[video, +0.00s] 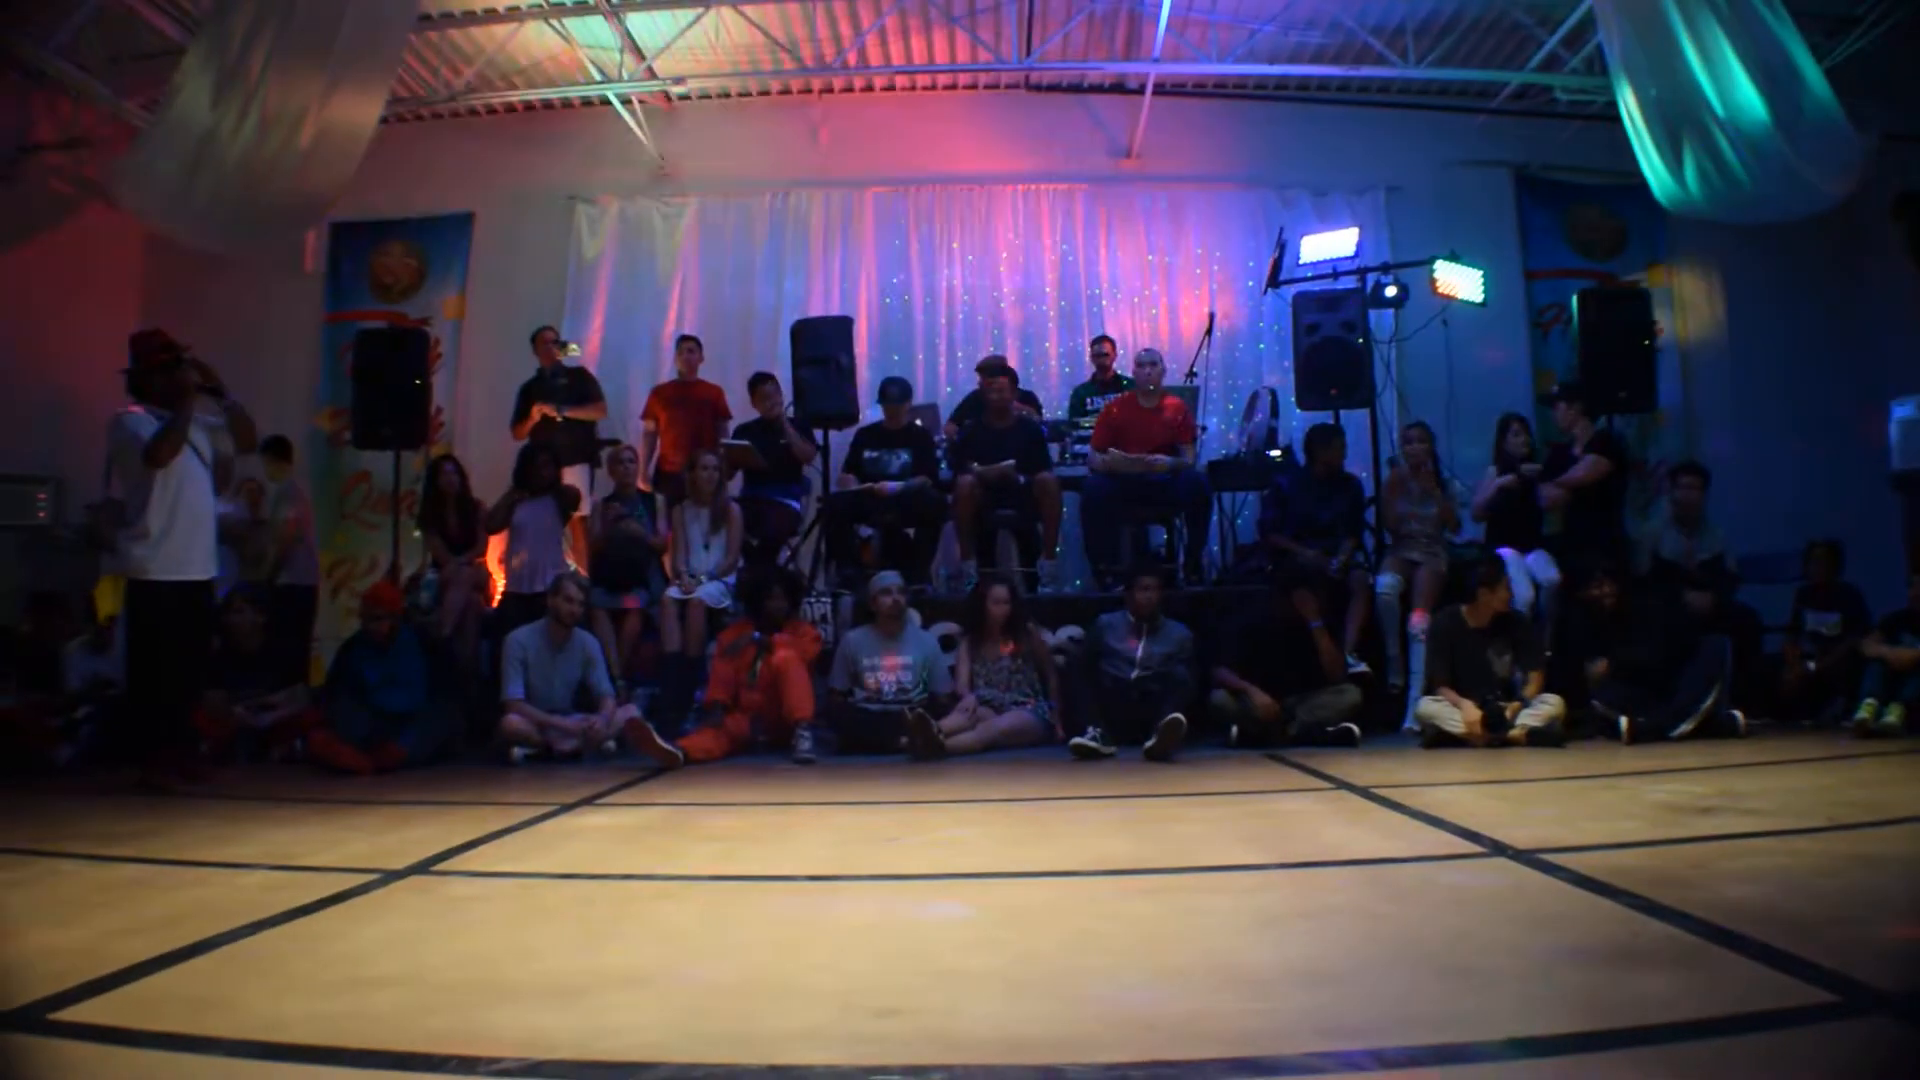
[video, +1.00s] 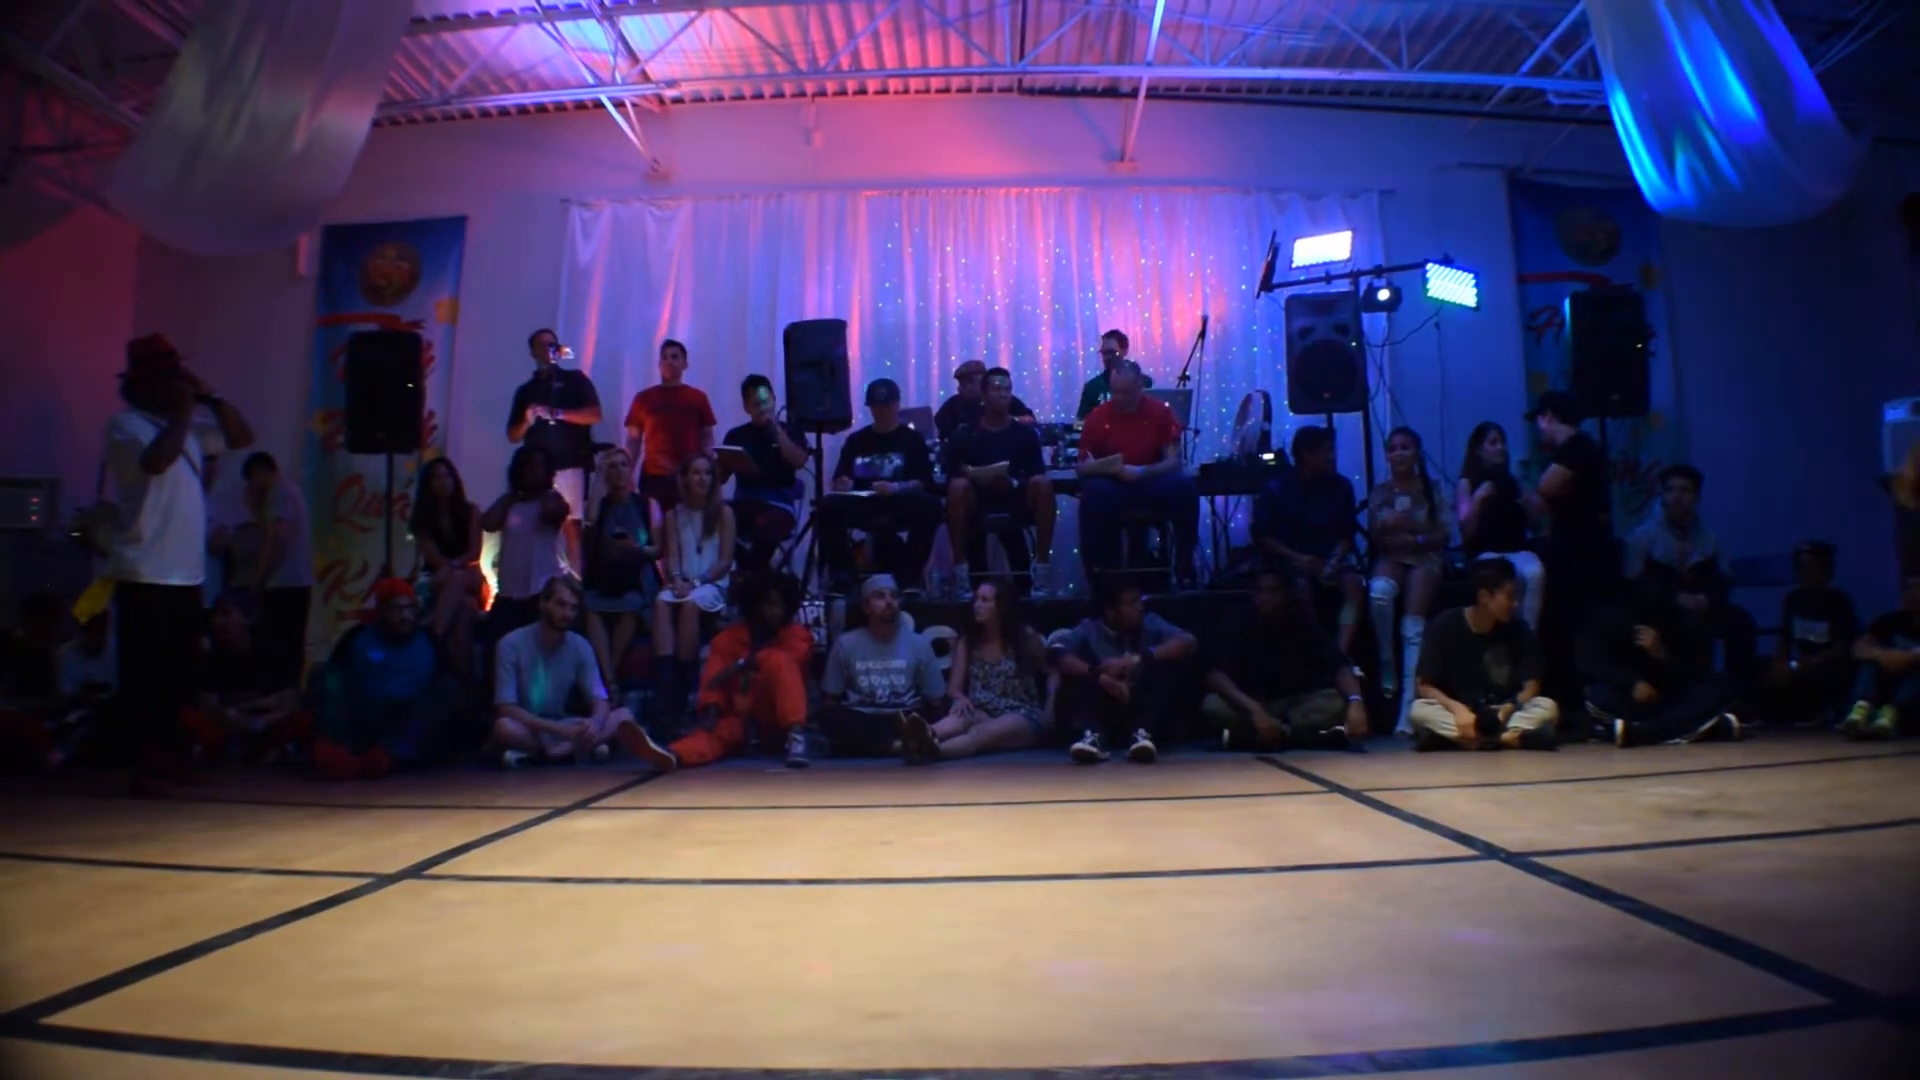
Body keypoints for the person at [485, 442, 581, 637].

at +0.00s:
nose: (544, 472)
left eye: (548, 466)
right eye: (538, 466)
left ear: (556, 469)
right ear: (525, 468)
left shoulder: (559, 499)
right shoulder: (516, 501)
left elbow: (573, 497)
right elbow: (491, 526)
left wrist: (552, 484)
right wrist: (512, 495)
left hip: (551, 587)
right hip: (518, 588)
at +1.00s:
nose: (534, 472)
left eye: (540, 466)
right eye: (529, 466)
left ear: (549, 471)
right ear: (518, 470)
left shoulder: (552, 499)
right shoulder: (509, 502)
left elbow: (556, 514)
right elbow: (488, 524)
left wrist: (547, 495)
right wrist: (510, 498)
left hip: (543, 593)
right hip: (509, 593)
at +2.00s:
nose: (533, 472)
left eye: (538, 466)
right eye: (527, 466)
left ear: (545, 470)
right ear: (514, 469)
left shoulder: (551, 501)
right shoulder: (500, 501)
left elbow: (563, 542)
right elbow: (488, 545)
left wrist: (553, 510)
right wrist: (497, 510)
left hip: (541, 591)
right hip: (506, 592)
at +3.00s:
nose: (534, 469)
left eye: (540, 464)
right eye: (528, 464)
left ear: (546, 470)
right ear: (515, 467)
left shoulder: (551, 502)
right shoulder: (501, 502)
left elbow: (561, 548)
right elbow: (491, 542)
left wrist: (557, 512)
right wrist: (509, 564)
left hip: (542, 592)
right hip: (507, 591)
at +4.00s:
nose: (535, 470)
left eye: (540, 465)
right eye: (529, 465)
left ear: (547, 470)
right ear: (518, 469)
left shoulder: (555, 506)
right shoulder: (505, 501)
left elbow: (564, 543)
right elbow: (486, 547)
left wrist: (546, 517)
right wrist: (500, 512)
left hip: (548, 581)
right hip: (512, 582)